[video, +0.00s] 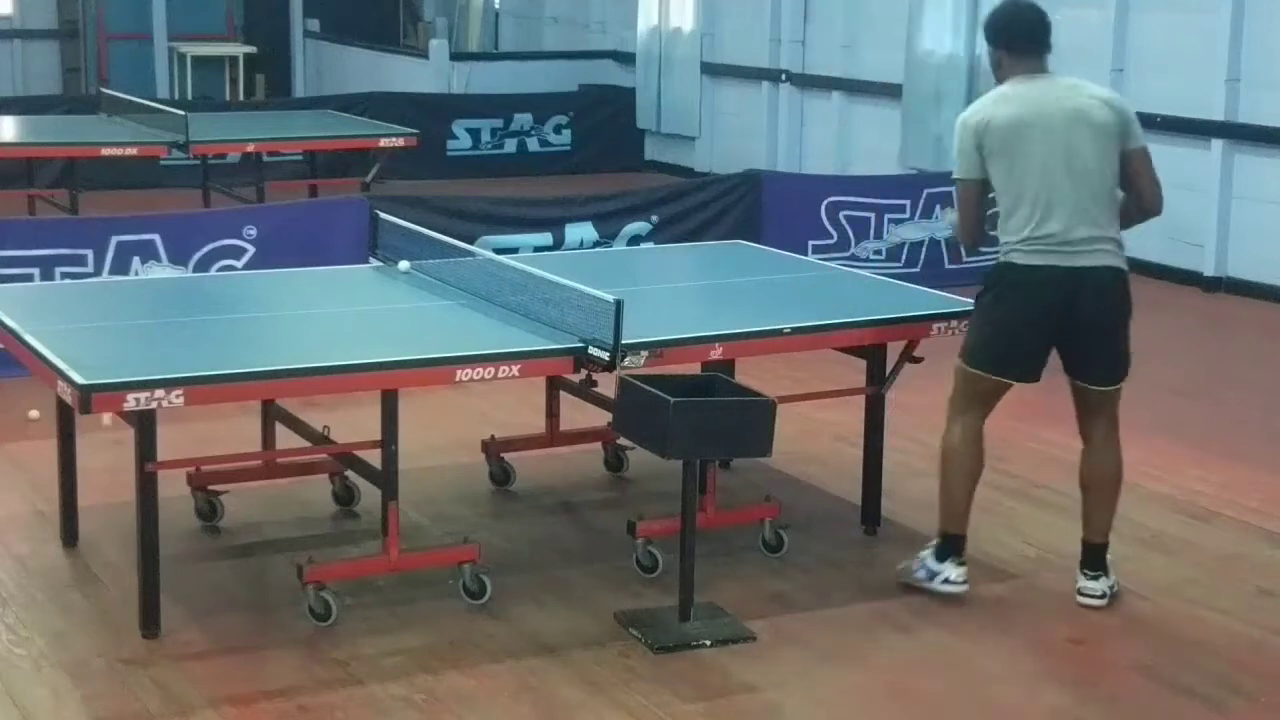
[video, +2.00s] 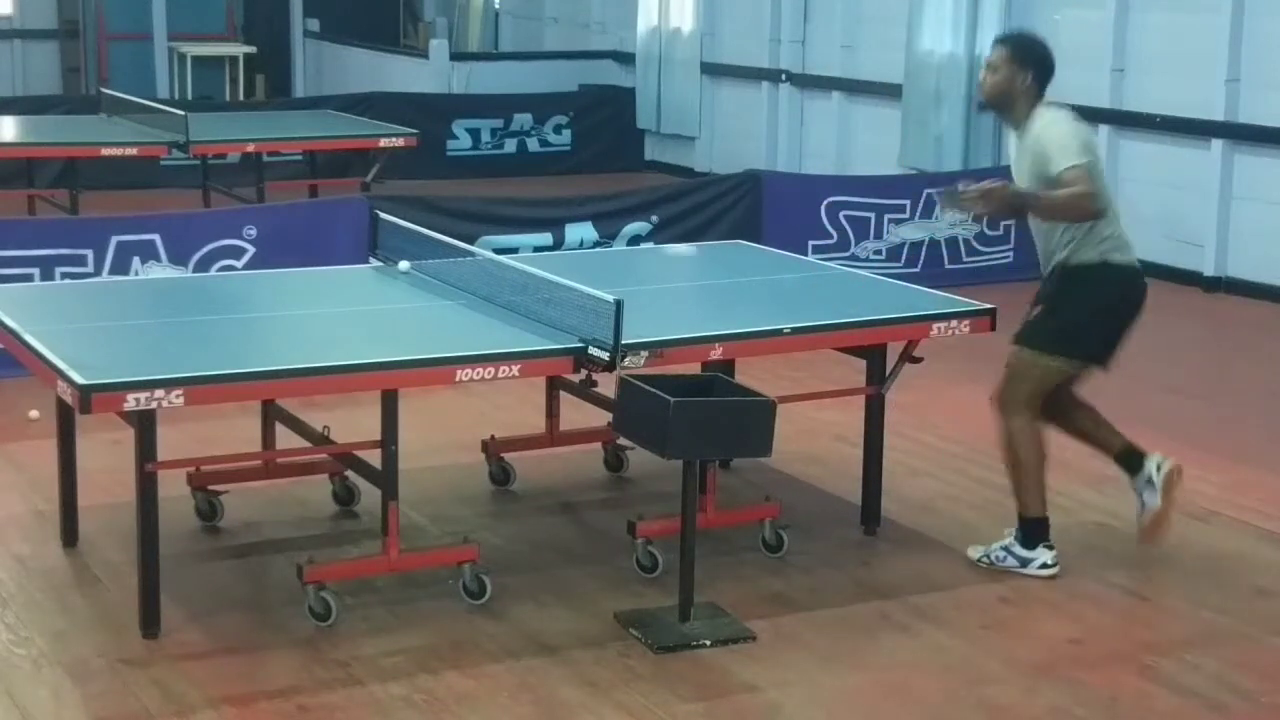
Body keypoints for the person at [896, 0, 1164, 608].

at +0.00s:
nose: (993, 61)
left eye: (991, 52)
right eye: (997, 51)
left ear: (995, 52)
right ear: (1049, 47)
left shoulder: (979, 118)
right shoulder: (1107, 104)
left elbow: (970, 234)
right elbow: (1148, 202)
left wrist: (995, 208)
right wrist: (1091, 221)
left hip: (1021, 290)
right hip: (1101, 292)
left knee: (966, 415)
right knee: (1100, 424)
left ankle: (948, 558)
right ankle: (1095, 571)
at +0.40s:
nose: (972, 146)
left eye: (971, 139)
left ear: (976, 135)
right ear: (1027, 126)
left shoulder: (964, 171)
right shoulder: (1081, 159)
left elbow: (940, 269)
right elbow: (1102, 242)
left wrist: (956, 234)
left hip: (1013, 311)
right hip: (1090, 313)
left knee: (981, 408)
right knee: (1098, 432)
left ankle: (964, 531)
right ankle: (1091, 567)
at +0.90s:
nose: (973, 135)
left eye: (974, 127)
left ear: (976, 126)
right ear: (1028, 123)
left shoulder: (956, 158)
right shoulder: (1072, 159)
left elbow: (913, 219)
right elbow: (1088, 253)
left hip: (986, 298)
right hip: (1063, 301)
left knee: (973, 401)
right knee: (1110, 428)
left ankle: (964, 531)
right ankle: (1139, 571)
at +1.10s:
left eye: (1020, 100)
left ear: (1021, 104)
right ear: (1075, 111)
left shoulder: (990, 140)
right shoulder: (1103, 157)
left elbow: (913, 163)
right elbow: (1121, 260)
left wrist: (923, 134)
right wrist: (1071, 245)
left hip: (996, 293)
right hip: (1074, 300)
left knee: (979, 399)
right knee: (1119, 431)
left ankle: (964, 531)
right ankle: (1141, 578)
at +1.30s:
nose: (1059, 95)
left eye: (1062, 87)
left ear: (1065, 94)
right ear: (1119, 103)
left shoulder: (1025, 132)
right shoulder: (1139, 145)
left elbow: (931, 184)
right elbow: (1168, 224)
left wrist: (868, 192)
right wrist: (1127, 250)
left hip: (1019, 286)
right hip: (1095, 296)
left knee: (991, 396)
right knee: (1132, 428)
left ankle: (965, 529)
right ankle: (1142, 577)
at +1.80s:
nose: (993, 135)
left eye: (998, 124)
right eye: (996, 124)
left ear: (1018, 129)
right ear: (1052, 135)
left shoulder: (1021, 168)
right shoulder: (1086, 174)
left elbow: (988, 227)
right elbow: (1101, 252)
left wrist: (887, 243)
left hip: (1076, 324)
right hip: (1141, 327)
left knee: (989, 409)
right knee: (1122, 450)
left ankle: (1031, 544)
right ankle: (1151, 542)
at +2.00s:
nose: (982, 78)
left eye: (993, 69)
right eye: (985, 68)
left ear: (1026, 79)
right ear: (1015, 80)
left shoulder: (1055, 126)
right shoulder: (1025, 134)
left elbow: (1088, 202)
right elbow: (1055, 207)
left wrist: (1016, 201)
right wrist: (996, 203)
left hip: (1099, 277)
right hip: (1083, 276)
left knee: (1015, 397)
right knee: (1044, 398)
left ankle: (1032, 542)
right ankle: (1144, 470)